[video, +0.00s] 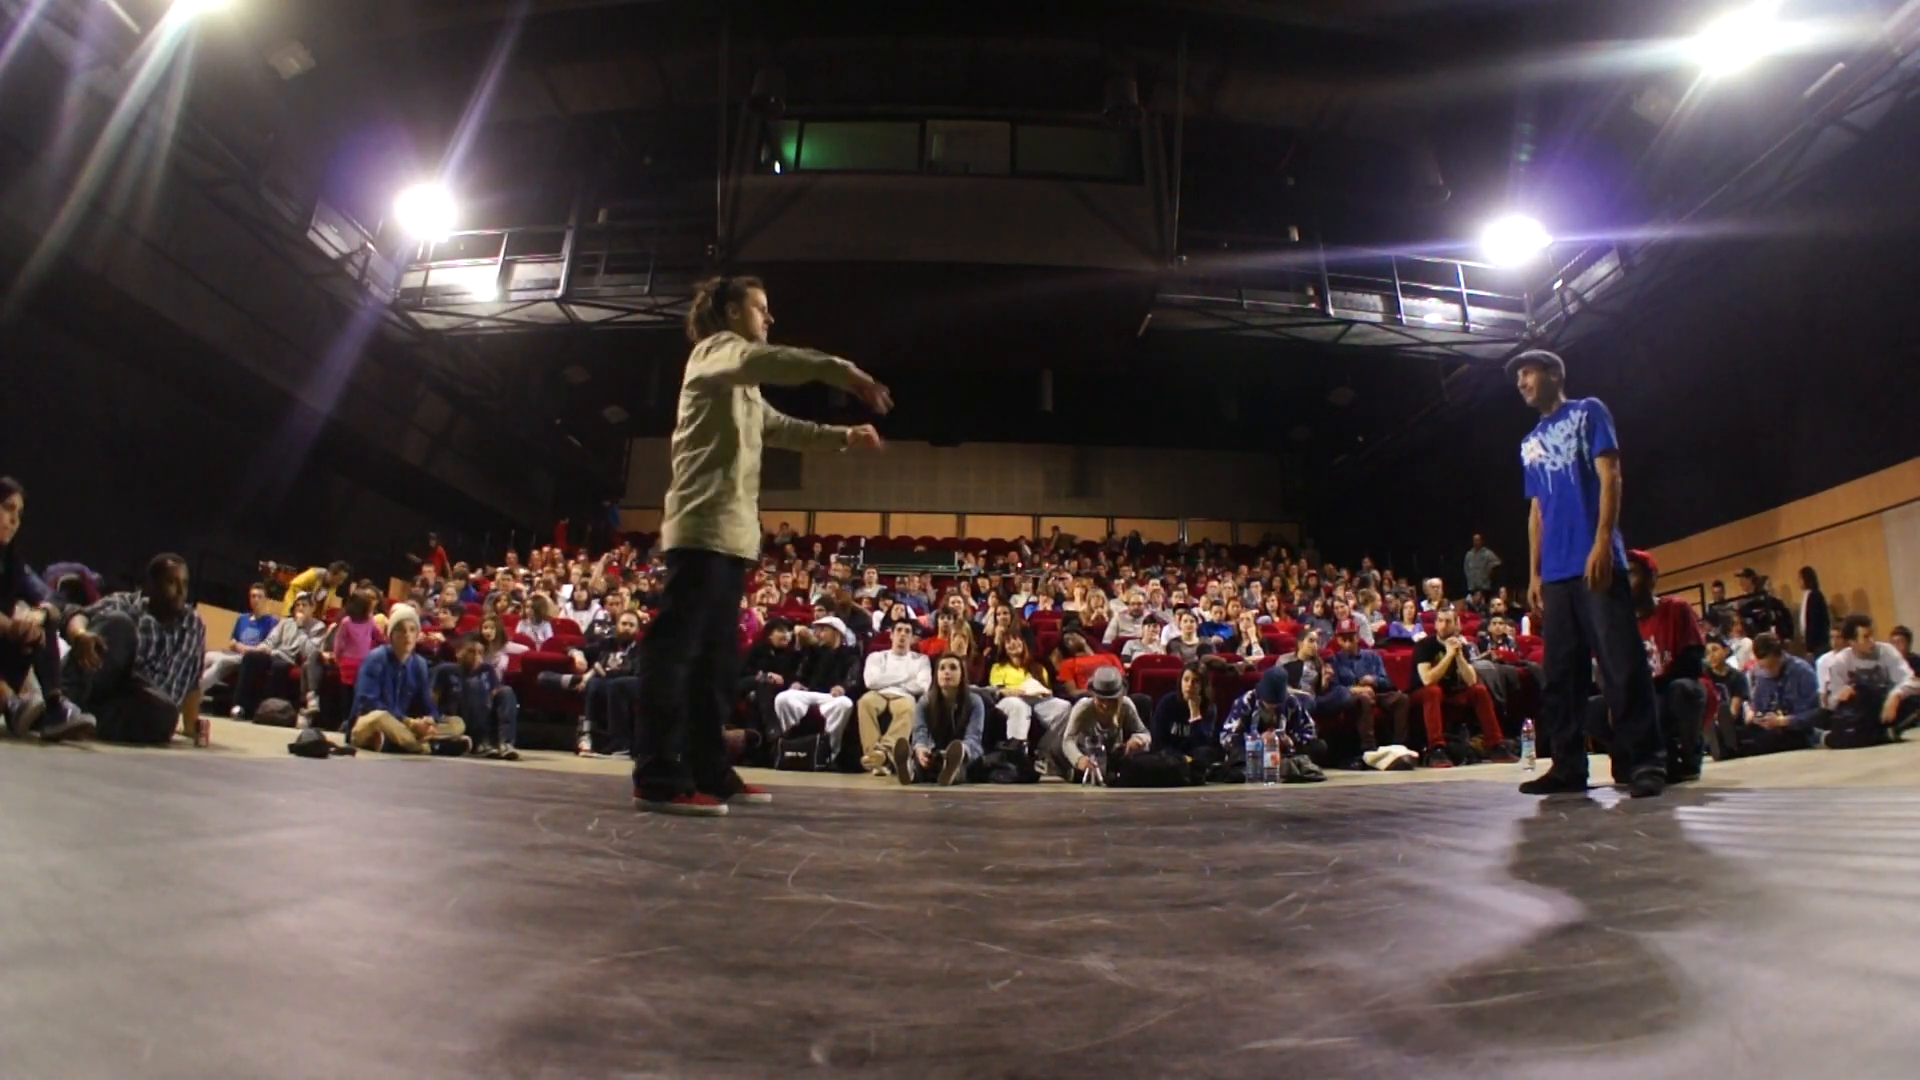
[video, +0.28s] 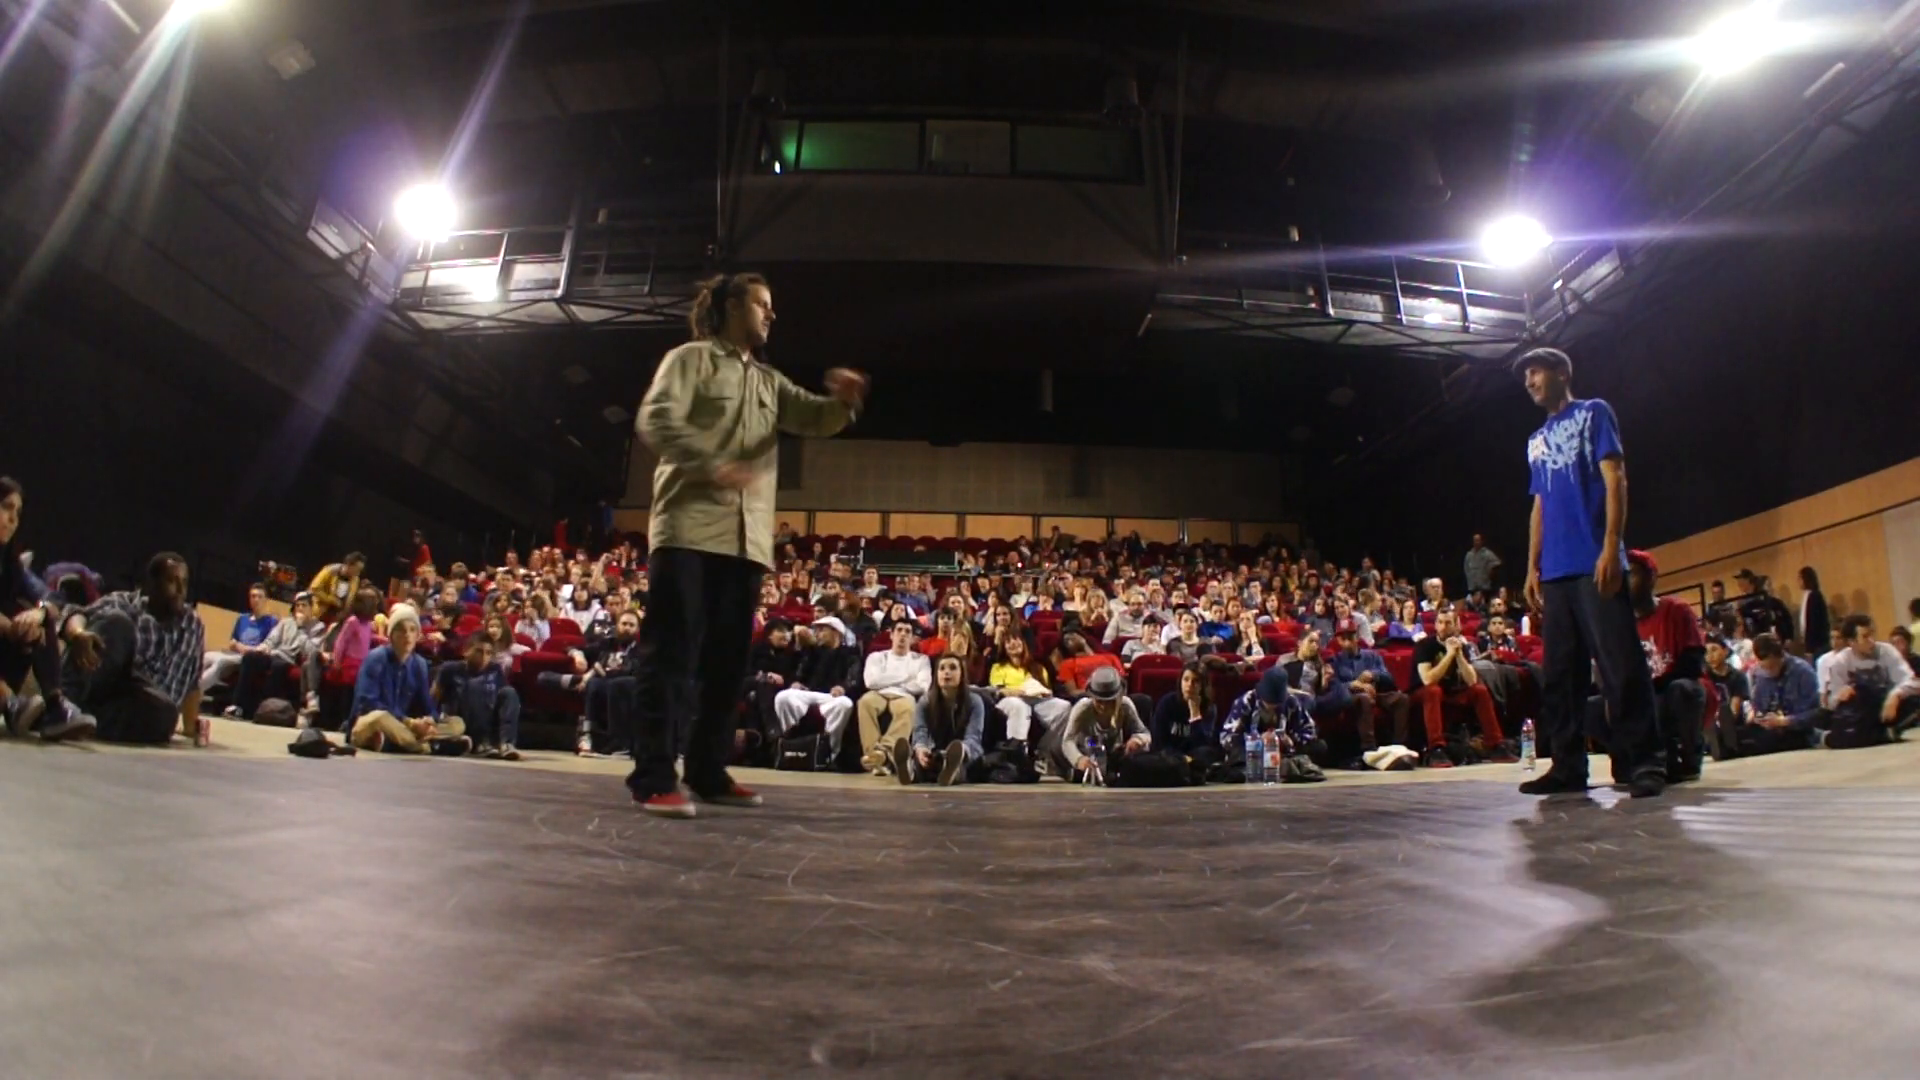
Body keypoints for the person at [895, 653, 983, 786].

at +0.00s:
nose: (947, 672)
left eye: (953, 668)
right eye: (942, 668)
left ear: (962, 673)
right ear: (936, 674)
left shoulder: (974, 701)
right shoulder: (925, 701)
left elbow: (974, 738)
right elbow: (920, 730)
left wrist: (960, 750)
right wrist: (920, 748)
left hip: (961, 752)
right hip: (933, 750)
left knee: (955, 764)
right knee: (918, 762)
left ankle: (949, 774)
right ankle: (909, 769)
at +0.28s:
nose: (947, 672)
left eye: (953, 668)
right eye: (942, 668)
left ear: (962, 673)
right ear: (936, 674)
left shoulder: (974, 701)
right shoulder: (924, 702)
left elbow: (974, 738)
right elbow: (920, 731)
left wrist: (960, 751)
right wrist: (920, 748)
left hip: (961, 752)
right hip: (933, 750)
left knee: (955, 763)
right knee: (918, 762)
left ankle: (949, 774)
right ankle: (909, 769)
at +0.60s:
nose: (947, 672)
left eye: (953, 668)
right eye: (942, 668)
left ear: (962, 673)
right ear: (935, 673)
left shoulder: (974, 701)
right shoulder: (925, 702)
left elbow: (974, 738)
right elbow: (920, 731)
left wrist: (960, 750)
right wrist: (920, 748)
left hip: (961, 752)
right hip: (933, 750)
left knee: (955, 763)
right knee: (918, 762)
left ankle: (949, 773)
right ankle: (909, 769)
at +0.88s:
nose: (947, 672)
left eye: (953, 668)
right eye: (942, 668)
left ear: (962, 673)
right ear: (935, 674)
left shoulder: (974, 701)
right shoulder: (924, 702)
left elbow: (974, 737)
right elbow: (920, 731)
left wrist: (960, 750)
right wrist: (920, 748)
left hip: (961, 752)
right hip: (933, 750)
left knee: (955, 763)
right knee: (918, 762)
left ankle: (949, 774)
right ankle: (909, 769)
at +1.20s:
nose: (947, 672)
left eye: (953, 668)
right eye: (942, 668)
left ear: (962, 673)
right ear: (936, 674)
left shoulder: (974, 701)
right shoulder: (925, 701)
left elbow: (974, 737)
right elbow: (920, 730)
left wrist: (961, 751)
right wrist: (920, 747)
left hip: (962, 751)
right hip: (933, 750)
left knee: (955, 763)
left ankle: (949, 773)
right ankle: (910, 768)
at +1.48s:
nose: (947, 672)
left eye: (952, 668)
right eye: (942, 668)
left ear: (962, 673)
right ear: (935, 673)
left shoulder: (974, 701)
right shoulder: (925, 702)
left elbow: (974, 738)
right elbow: (920, 732)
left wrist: (960, 751)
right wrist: (920, 748)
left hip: (962, 752)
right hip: (933, 750)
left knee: (955, 763)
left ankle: (949, 773)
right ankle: (910, 768)